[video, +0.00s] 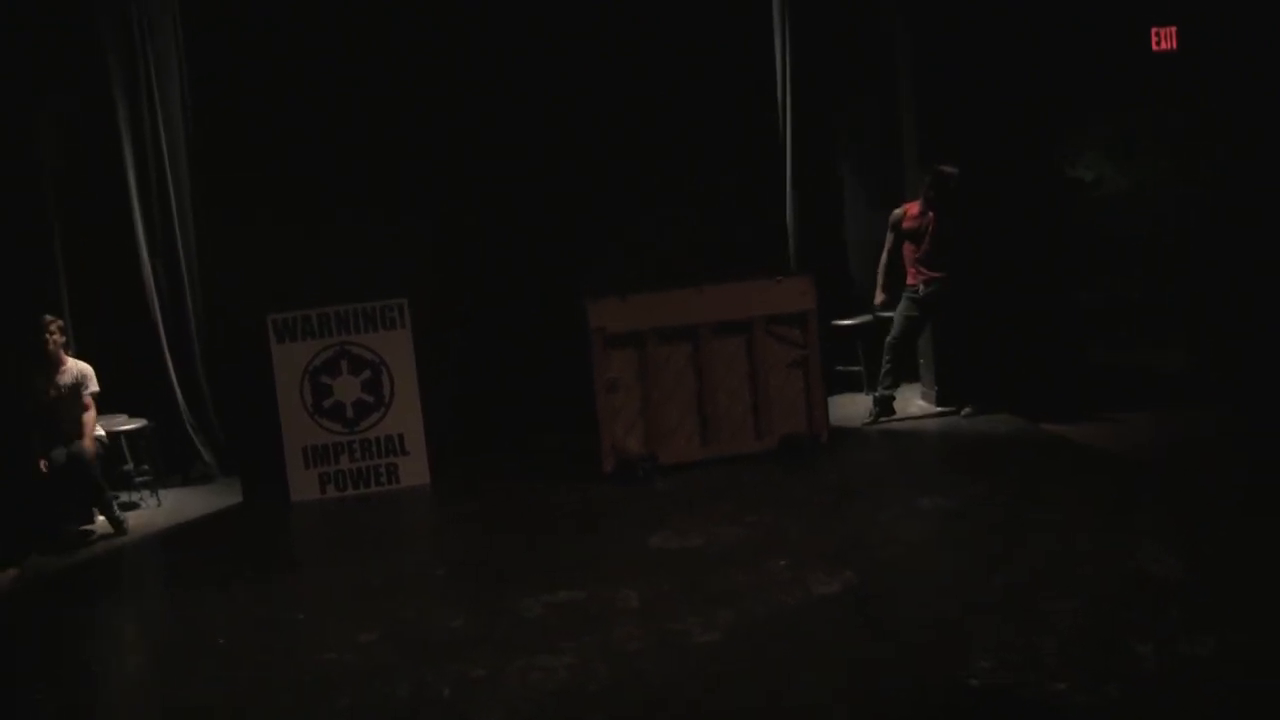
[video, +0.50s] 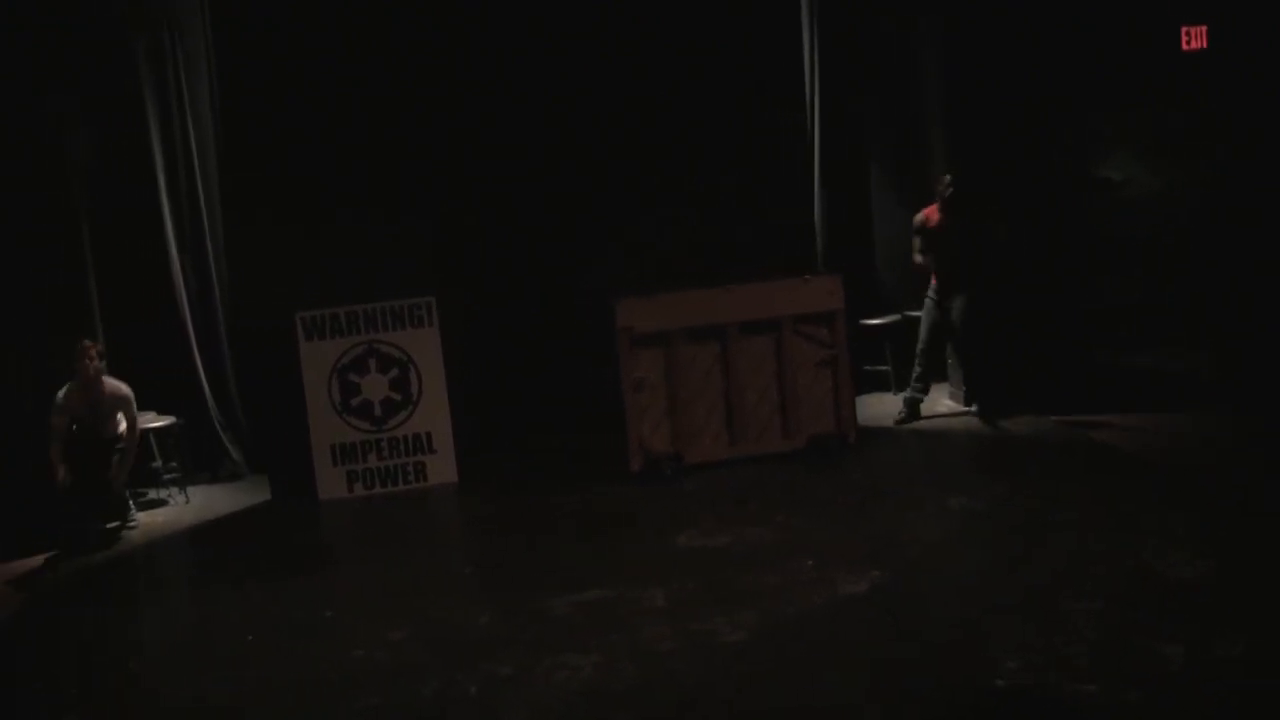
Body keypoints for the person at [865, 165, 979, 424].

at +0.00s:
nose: (934, 195)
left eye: (939, 192)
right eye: (932, 190)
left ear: (947, 193)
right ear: (924, 189)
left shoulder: (950, 215)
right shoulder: (901, 215)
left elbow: (961, 250)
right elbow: (888, 253)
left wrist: (963, 281)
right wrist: (880, 289)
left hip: (946, 288)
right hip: (914, 290)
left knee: (956, 342)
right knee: (895, 341)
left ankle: (969, 397)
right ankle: (883, 401)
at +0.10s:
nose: (938, 195)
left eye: (943, 191)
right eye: (936, 190)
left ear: (950, 193)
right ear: (928, 188)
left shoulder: (953, 215)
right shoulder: (906, 215)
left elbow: (964, 252)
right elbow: (895, 254)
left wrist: (964, 282)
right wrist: (891, 291)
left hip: (950, 290)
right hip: (918, 291)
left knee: (961, 343)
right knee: (899, 342)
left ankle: (974, 398)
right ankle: (888, 401)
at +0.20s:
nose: (944, 195)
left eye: (950, 191)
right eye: (942, 190)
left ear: (956, 193)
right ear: (935, 189)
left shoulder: (959, 215)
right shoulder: (912, 215)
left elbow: (969, 252)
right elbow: (903, 254)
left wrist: (969, 283)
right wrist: (902, 290)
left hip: (955, 289)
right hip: (924, 291)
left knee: (965, 343)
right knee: (904, 342)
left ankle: (979, 399)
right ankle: (894, 404)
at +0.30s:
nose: (947, 194)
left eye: (952, 189)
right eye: (944, 188)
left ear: (960, 192)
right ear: (937, 188)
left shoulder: (965, 216)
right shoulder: (918, 215)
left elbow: (974, 253)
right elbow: (905, 252)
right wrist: (906, 285)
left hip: (959, 287)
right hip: (927, 287)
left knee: (962, 342)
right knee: (912, 345)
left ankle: (968, 397)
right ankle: (901, 404)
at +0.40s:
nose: (948, 194)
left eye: (952, 189)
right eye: (945, 188)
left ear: (960, 191)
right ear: (938, 189)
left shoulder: (968, 216)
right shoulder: (920, 216)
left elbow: (978, 250)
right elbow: (906, 251)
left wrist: (971, 279)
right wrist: (915, 277)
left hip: (959, 288)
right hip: (931, 287)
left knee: (963, 345)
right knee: (917, 347)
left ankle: (971, 404)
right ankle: (906, 405)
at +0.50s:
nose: (952, 191)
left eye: (954, 186)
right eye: (948, 186)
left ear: (959, 190)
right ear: (939, 189)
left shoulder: (967, 216)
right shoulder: (925, 218)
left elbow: (978, 248)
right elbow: (918, 255)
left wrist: (969, 267)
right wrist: (937, 264)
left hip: (964, 287)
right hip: (937, 287)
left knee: (968, 346)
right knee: (924, 347)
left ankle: (979, 401)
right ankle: (912, 405)